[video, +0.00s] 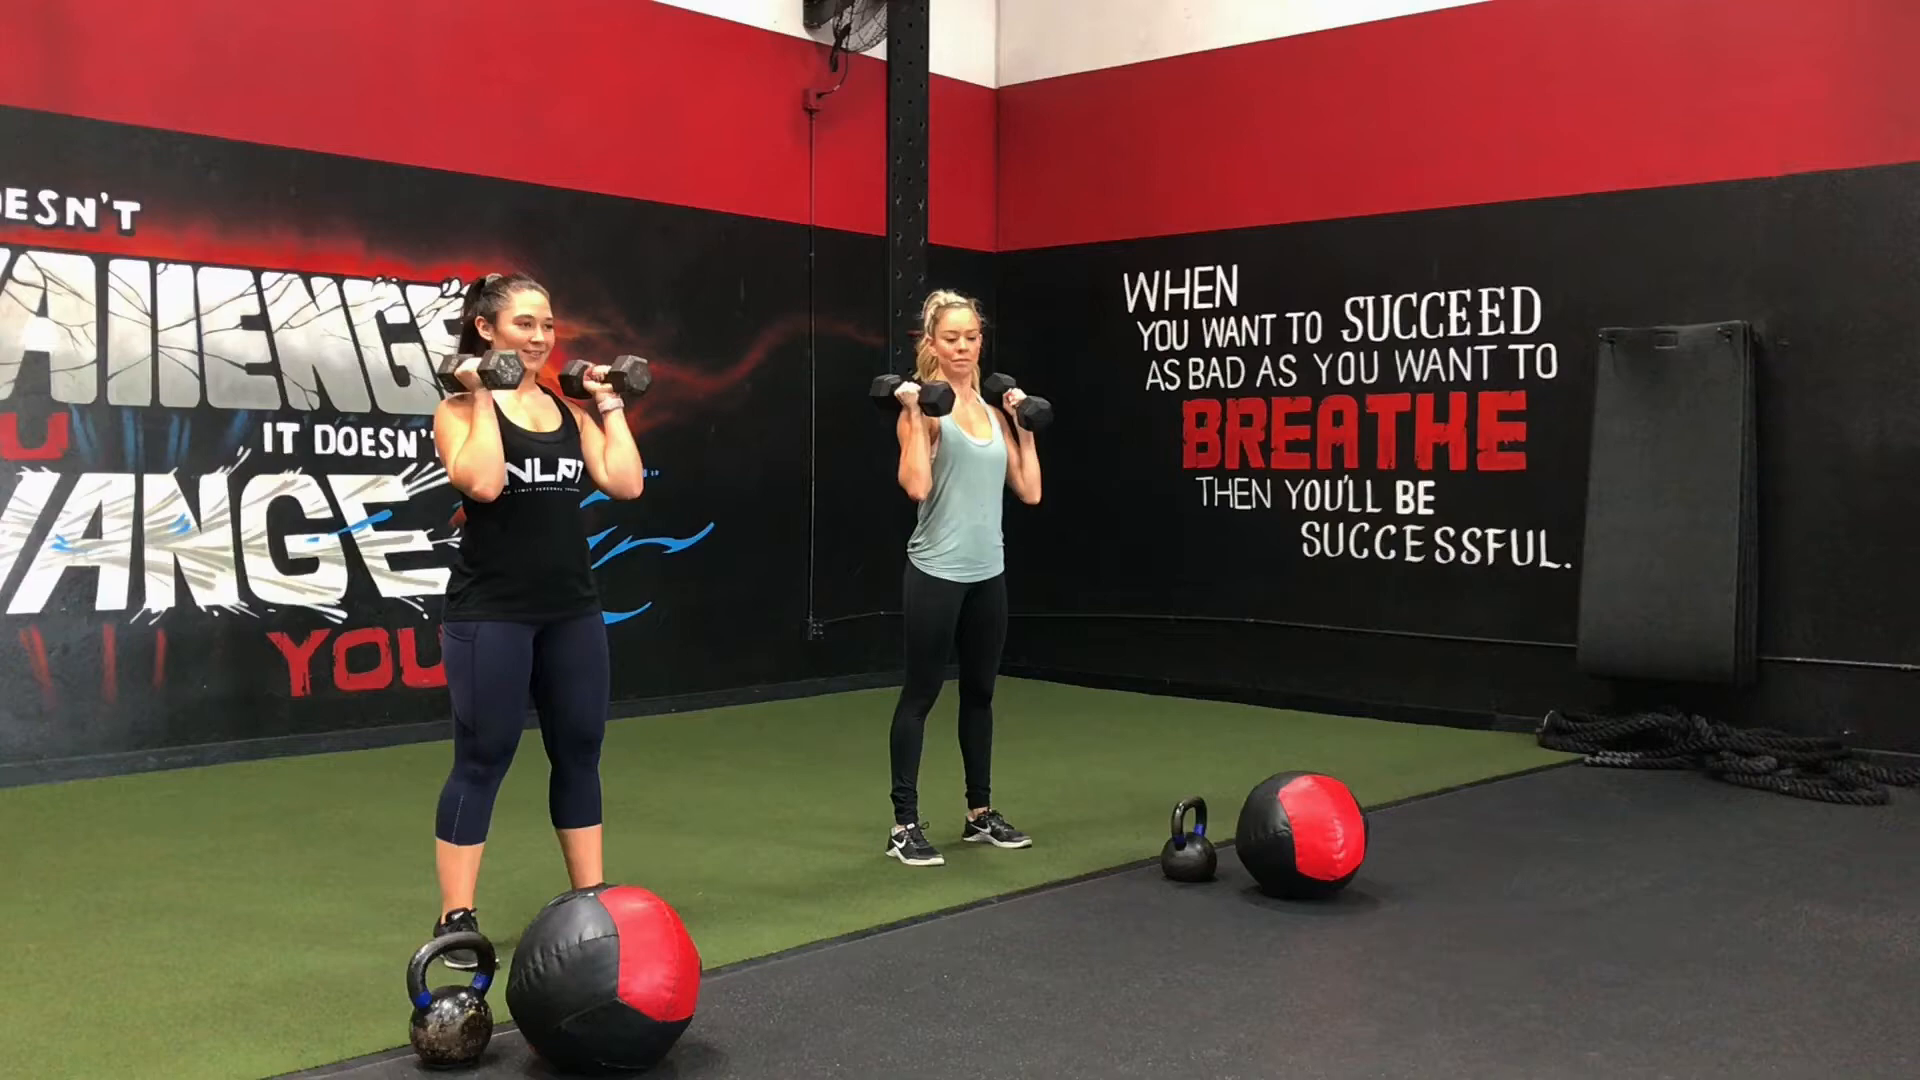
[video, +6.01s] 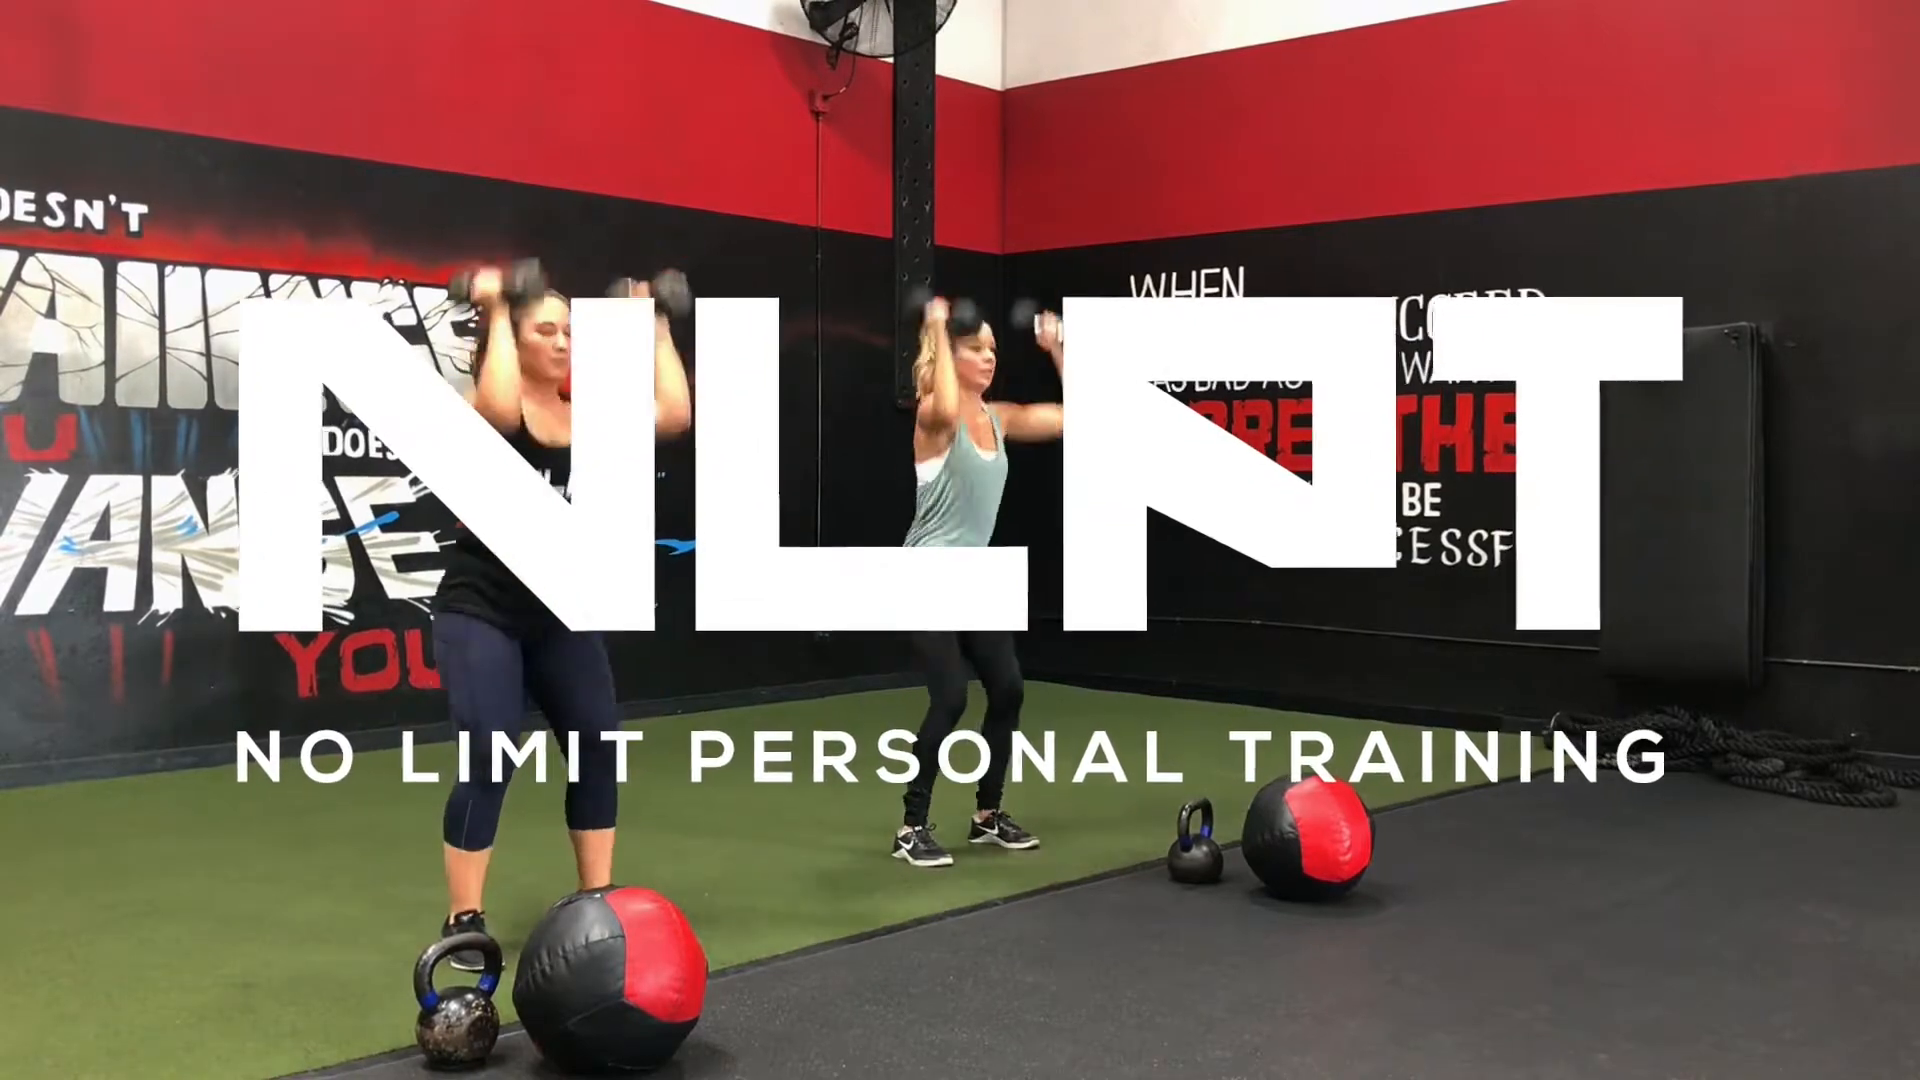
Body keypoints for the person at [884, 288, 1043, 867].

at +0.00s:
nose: (964, 348)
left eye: (972, 338)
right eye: (952, 338)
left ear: (982, 342)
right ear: (930, 343)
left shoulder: (995, 413)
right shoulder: (919, 410)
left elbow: (1030, 493)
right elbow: (916, 486)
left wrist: (1023, 428)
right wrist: (914, 415)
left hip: (987, 572)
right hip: (936, 571)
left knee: (979, 691)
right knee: (920, 692)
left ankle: (979, 815)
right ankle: (906, 824)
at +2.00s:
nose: (988, 338)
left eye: (991, 330)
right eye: (977, 328)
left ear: (992, 342)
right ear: (946, 337)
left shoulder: (996, 388)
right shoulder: (932, 388)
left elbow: (1052, 319)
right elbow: (934, 312)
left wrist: (1056, 241)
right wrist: (933, 226)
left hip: (990, 569)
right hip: (939, 569)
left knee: (984, 689)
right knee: (937, 689)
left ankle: (988, 813)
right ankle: (911, 825)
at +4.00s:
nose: (992, 344)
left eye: (993, 335)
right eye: (980, 334)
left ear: (994, 341)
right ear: (950, 339)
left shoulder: (997, 390)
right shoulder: (940, 395)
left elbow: (1059, 332)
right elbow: (949, 329)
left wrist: (1050, 260)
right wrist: (941, 246)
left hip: (992, 570)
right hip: (938, 569)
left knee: (998, 691)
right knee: (944, 689)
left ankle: (988, 814)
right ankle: (914, 825)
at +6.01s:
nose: (988, 360)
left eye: (991, 351)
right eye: (975, 351)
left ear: (995, 357)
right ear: (948, 359)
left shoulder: (999, 417)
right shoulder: (936, 420)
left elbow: (1074, 418)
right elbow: (942, 403)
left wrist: (1059, 354)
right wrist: (936, 332)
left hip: (976, 583)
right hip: (925, 583)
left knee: (1007, 689)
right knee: (950, 694)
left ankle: (988, 814)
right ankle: (914, 826)